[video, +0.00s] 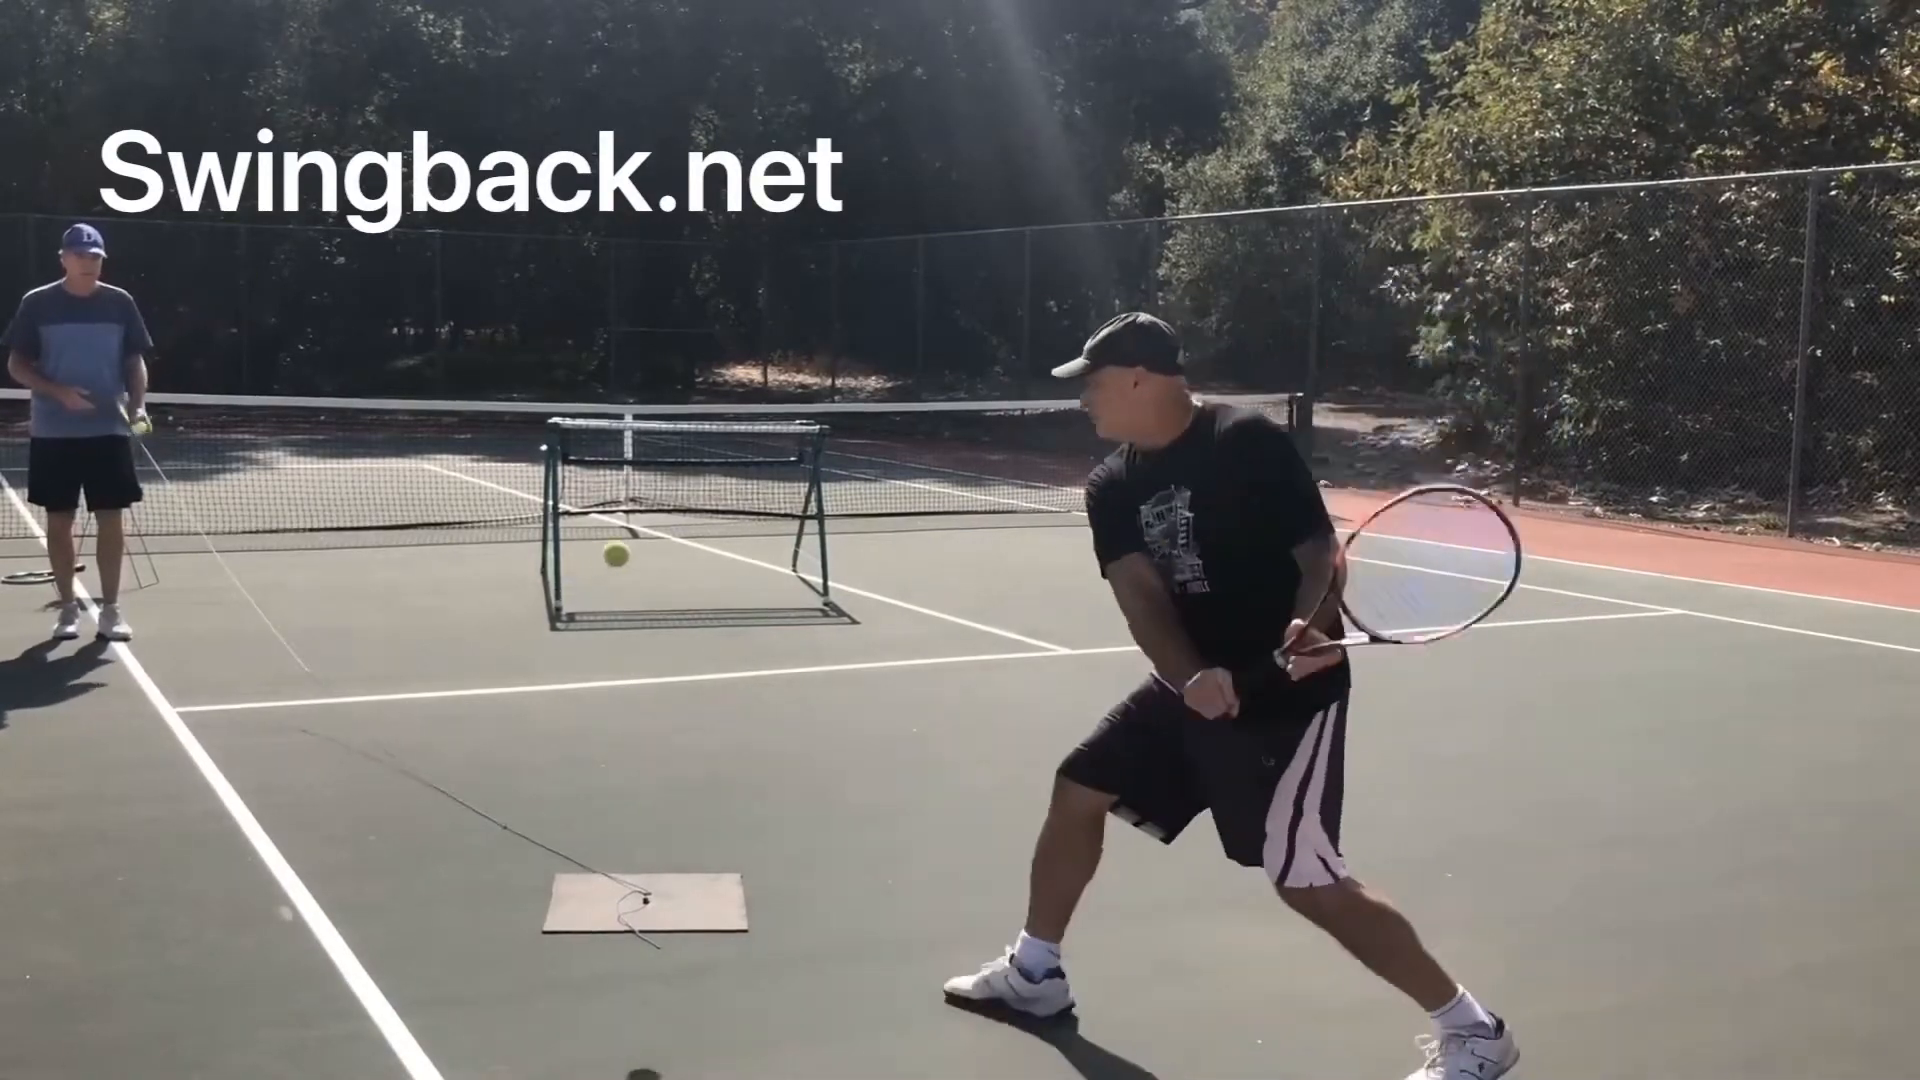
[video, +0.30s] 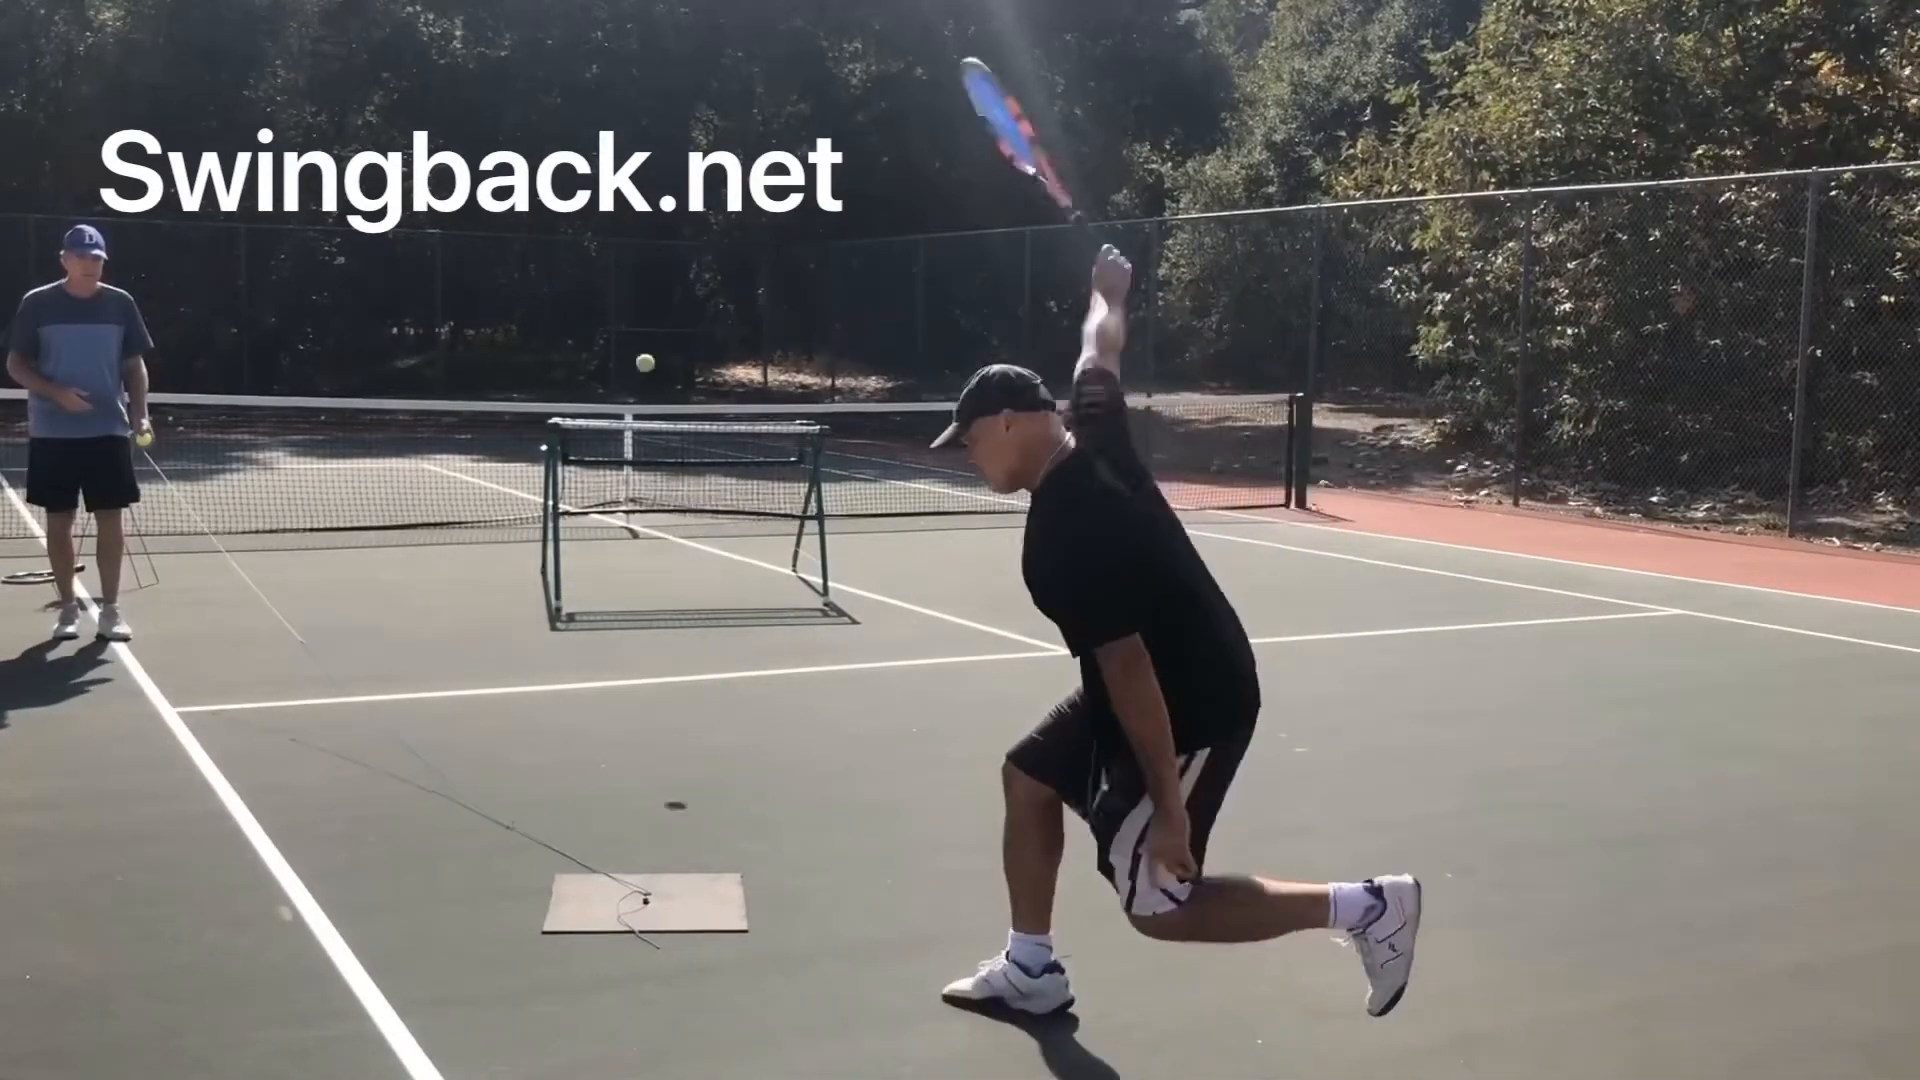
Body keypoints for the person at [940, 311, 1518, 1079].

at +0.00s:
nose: (1084, 402)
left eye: (1095, 385)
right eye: (1084, 387)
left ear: (1147, 379)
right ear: (1131, 385)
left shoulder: (1252, 443)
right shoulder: (1113, 485)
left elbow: (1322, 556)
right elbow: (1138, 595)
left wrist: (1309, 624)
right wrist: (1189, 674)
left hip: (1291, 687)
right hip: (1195, 684)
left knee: (1304, 875)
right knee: (1081, 785)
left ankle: (1471, 1029)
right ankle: (1035, 968)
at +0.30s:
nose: (971, 456)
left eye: (974, 438)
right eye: (967, 441)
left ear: (1012, 424)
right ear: (1028, 417)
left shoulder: (1063, 537)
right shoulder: (1097, 429)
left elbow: (1131, 678)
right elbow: (1102, 343)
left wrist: (1169, 812)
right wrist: (1109, 288)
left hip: (1198, 709)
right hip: (1143, 677)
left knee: (1158, 906)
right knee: (1031, 774)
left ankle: (1367, 909)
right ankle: (1030, 962)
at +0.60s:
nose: (1057, 380)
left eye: (1063, 364)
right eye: (1057, 364)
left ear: (1100, 367)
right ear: (1138, 363)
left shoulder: (1090, 484)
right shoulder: (1219, 403)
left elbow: (1064, 636)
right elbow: (1357, 338)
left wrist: (1019, 766)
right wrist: (1477, 278)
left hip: (1215, 685)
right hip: (1282, 657)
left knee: (1169, 874)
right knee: (1134, 814)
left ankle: (1284, 1066)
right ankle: (1050, 963)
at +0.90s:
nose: (1187, 313)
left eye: (1192, 300)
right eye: (1192, 299)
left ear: (1214, 305)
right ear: (1267, 303)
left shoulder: (1189, 414)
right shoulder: (1342, 378)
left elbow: (1160, 559)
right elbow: (1456, 452)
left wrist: (1104, 641)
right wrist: (1492, 444)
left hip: (1270, 656)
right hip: (1366, 638)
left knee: (1252, 851)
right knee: (1311, 796)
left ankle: (1291, 1064)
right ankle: (1387, 967)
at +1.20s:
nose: (1257, 290)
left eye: (1264, 278)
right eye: (1261, 277)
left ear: (1290, 287)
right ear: (1339, 289)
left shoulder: (1273, 383)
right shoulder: (1404, 371)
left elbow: (1279, 522)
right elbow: (1459, 493)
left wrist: (1242, 581)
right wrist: (1390, 550)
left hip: (1319, 633)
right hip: (1418, 631)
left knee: (1242, 784)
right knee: (1426, 804)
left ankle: (1281, 1001)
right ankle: (1485, 987)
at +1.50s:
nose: (1230, 312)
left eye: (1238, 300)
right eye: (1234, 299)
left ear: (1269, 309)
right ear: (1309, 311)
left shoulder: (1259, 403)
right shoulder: (1361, 392)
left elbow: (1260, 544)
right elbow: (1359, 528)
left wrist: (1208, 577)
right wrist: (1259, 584)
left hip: (1298, 646)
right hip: (1379, 642)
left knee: (1214, 785)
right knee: (1354, 800)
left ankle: (1236, 994)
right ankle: (1418, 941)